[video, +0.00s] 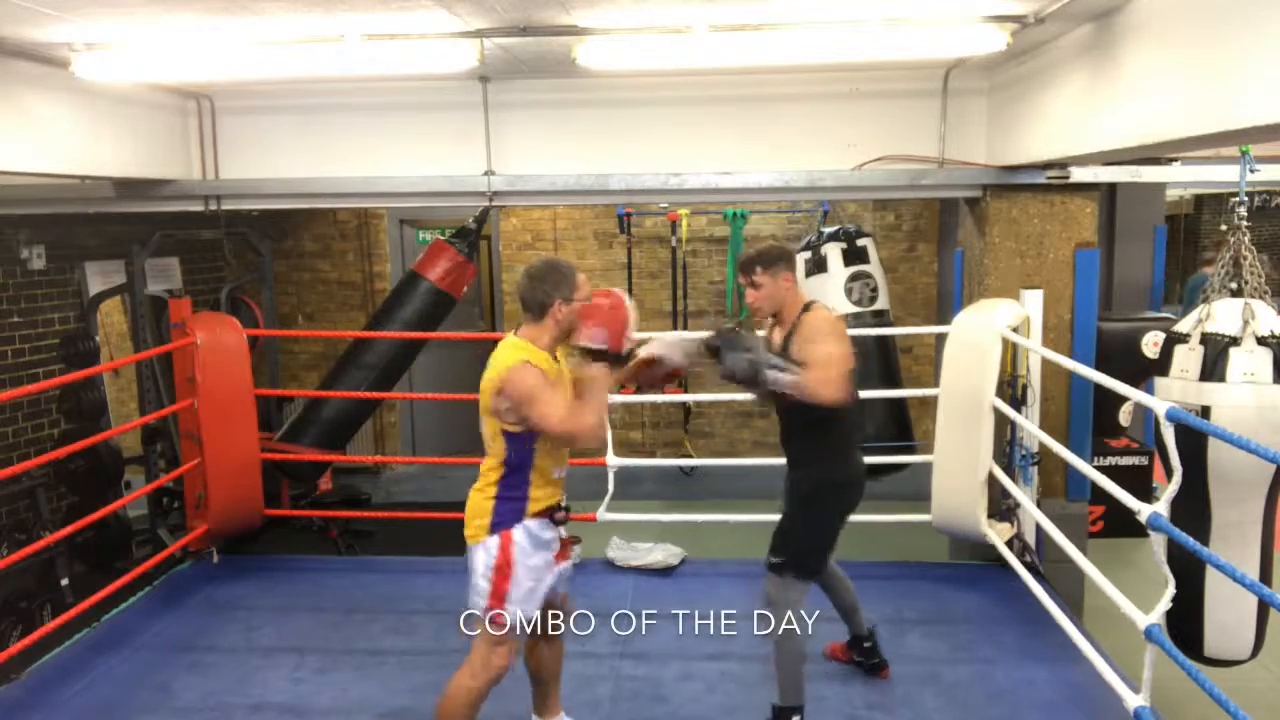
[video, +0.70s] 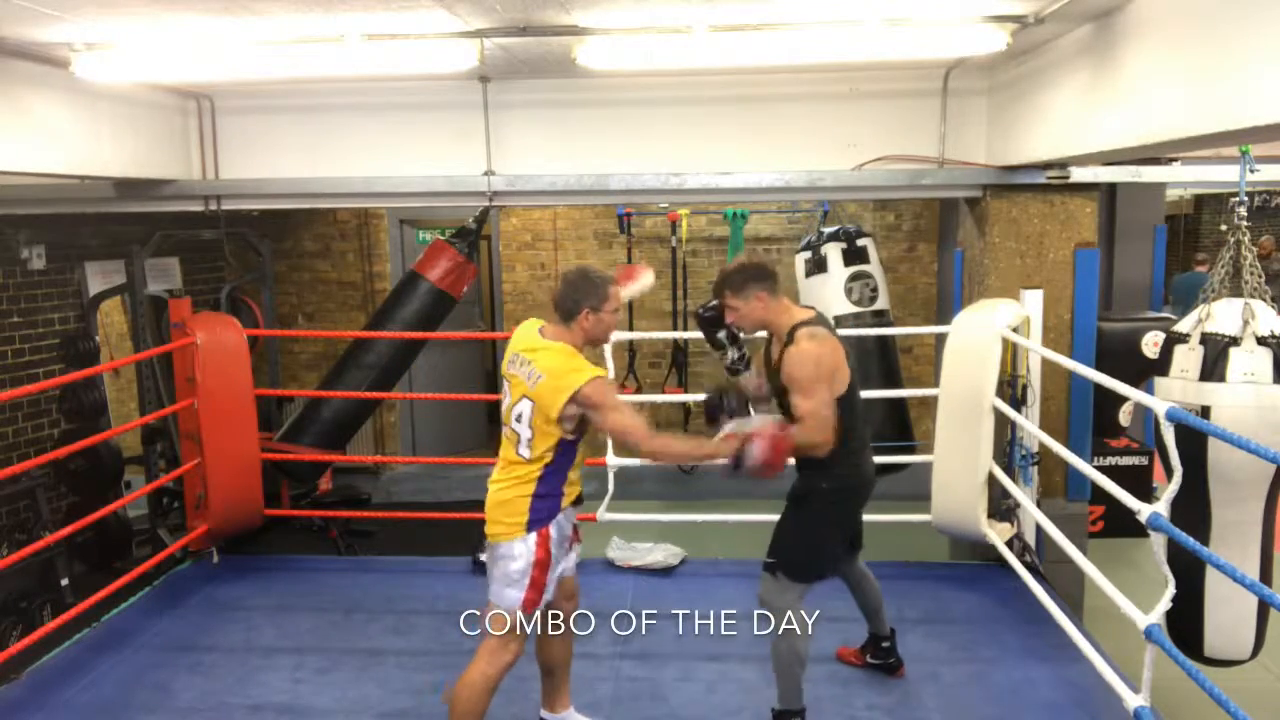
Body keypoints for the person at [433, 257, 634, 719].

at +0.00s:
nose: (589, 312)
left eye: (587, 302)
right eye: (583, 302)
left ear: (553, 309)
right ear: (558, 310)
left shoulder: (551, 355)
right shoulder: (516, 370)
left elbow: (577, 407)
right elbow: (585, 430)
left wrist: (624, 374)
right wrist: (596, 365)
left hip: (541, 517)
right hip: (506, 525)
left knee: (551, 622)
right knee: (492, 658)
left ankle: (549, 713)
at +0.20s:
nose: (594, 309)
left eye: (593, 300)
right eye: (588, 300)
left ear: (550, 307)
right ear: (561, 309)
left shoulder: (521, 349)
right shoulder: (535, 374)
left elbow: (557, 386)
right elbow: (590, 451)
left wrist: (598, 362)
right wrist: (636, 401)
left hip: (547, 519)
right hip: (513, 530)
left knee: (555, 619)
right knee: (494, 663)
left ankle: (549, 713)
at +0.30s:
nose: (601, 313)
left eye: (600, 304)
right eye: (595, 304)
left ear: (565, 311)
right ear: (567, 312)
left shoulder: (571, 355)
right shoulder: (512, 373)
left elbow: (618, 373)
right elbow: (509, 463)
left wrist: (675, 355)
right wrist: (581, 462)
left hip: (554, 515)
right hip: (510, 525)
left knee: (566, 617)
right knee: (497, 656)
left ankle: (552, 711)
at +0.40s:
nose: (613, 318)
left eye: (612, 309)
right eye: (607, 310)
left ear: (579, 317)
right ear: (580, 317)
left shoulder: (575, 361)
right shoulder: (527, 375)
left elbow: (601, 390)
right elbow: (509, 463)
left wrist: (657, 380)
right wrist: (578, 490)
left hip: (551, 517)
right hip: (511, 524)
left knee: (567, 613)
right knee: (498, 655)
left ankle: (557, 711)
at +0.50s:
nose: (622, 322)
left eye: (622, 312)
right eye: (617, 313)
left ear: (578, 317)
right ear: (591, 321)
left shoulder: (536, 345)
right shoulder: (574, 379)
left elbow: (565, 388)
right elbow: (605, 463)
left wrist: (618, 374)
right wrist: (681, 472)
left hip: (541, 512)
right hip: (519, 519)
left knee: (561, 604)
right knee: (495, 648)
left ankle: (555, 710)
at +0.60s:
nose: (624, 322)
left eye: (625, 313)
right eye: (619, 315)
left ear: (565, 314)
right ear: (589, 325)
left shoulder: (528, 339)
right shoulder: (589, 382)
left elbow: (575, 336)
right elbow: (671, 425)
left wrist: (619, 326)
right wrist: (744, 416)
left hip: (539, 512)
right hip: (521, 523)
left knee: (561, 602)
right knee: (490, 649)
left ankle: (556, 707)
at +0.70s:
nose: (616, 320)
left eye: (617, 311)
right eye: (612, 312)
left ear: (574, 314)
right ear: (586, 318)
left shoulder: (527, 334)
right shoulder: (581, 380)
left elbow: (573, 324)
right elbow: (648, 445)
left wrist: (613, 290)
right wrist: (725, 448)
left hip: (543, 509)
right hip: (527, 520)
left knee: (562, 601)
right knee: (501, 647)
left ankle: (556, 710)